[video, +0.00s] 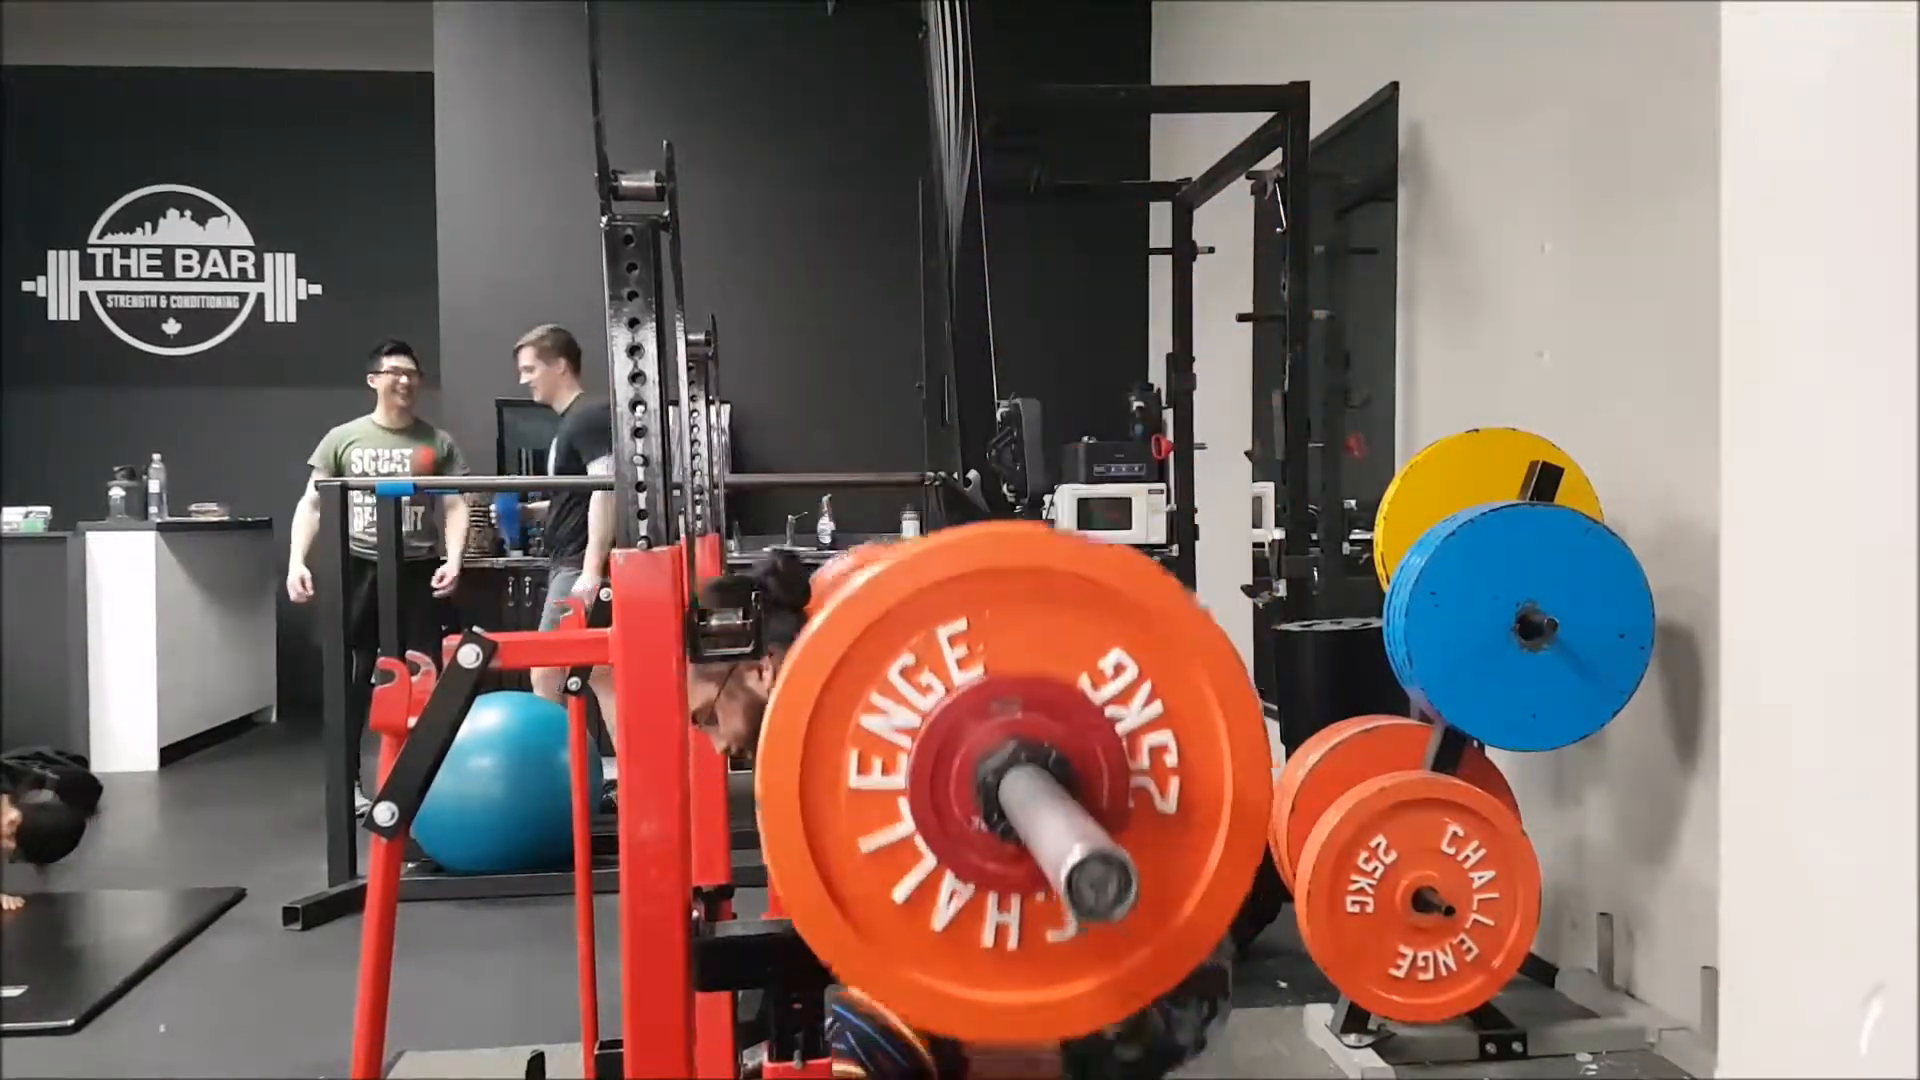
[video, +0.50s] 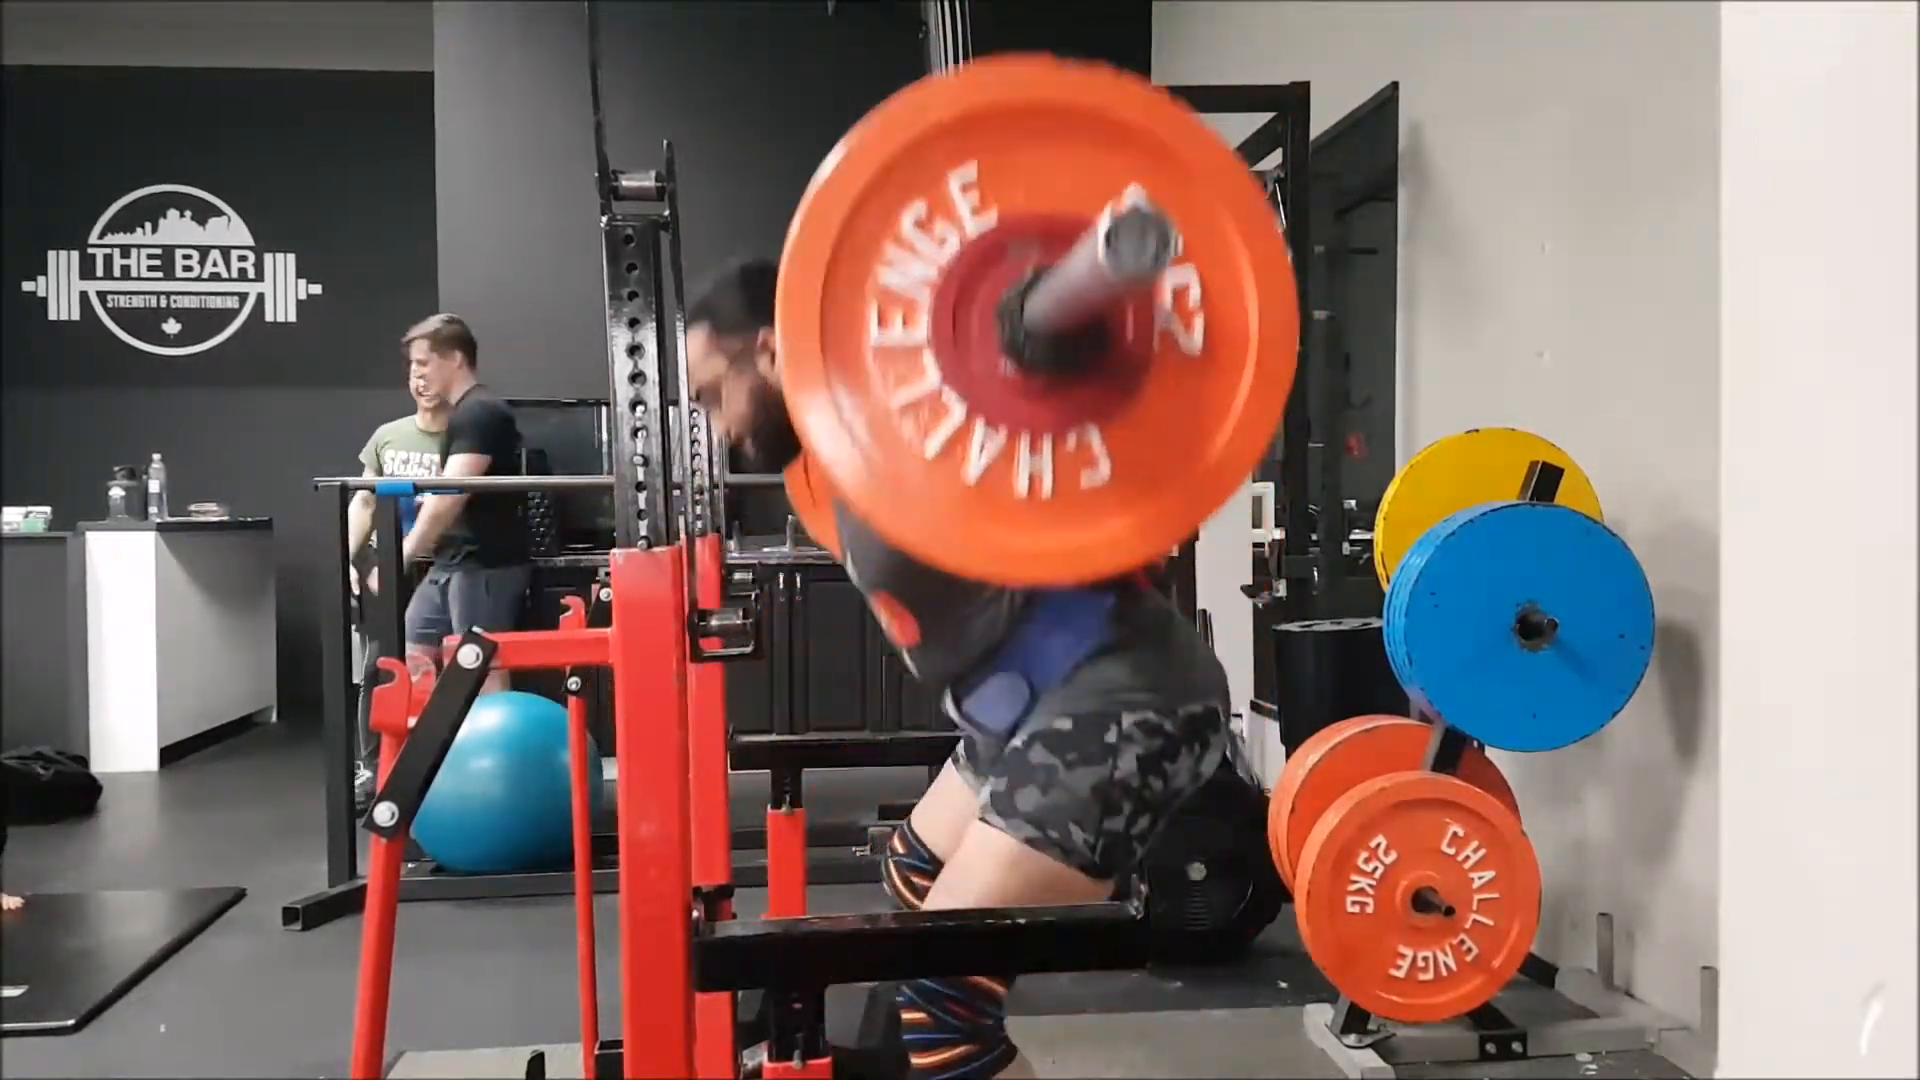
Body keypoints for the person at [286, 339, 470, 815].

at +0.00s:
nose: (403, 381)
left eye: (410, 373)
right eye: (393, 373)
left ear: (421, 383)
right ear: (373, 381)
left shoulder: (439, 443)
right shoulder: (341, 439)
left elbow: (456, 505)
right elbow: (312, 504)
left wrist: (454, 558)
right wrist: (297, 560)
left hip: (419, 572)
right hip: (358, 570)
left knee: (420, 675)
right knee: (352, 678)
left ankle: (421, 785)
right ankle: (348, 785)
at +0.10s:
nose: (410, 381)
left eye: (417, 374)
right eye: (400, 374)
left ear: (429, 383)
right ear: (382, 384)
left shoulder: (449, 445)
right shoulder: (352, 439)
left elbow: (459, 511)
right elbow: (323, 505)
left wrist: (442, 561)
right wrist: (310, 569)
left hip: (420, 572)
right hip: (361, 570)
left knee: (419, 677)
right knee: (353, 679)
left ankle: (418, 784)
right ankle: (349, 783)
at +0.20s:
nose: (423, 383)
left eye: (429, 375)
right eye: (413, 376)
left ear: (440, 383)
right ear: (394, 386)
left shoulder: (463, 449)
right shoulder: (365, 439)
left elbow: (465, 519)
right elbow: (340, 513)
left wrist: (444, 564)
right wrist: (327, 574)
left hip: (432, 573)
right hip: (373, 569)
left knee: (428, 677)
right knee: (365, 677)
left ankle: (425, 787)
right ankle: (353, 780)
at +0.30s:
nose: (429, 383)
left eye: (436, 375)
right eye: (420, 376)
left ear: (450, 383)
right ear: (405, 385)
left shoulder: (471, 446)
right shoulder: (376, 438)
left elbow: (477, 519)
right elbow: (354, 511)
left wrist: (458, 576)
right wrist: (342, 568)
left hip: (443, 572)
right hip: (383, 568)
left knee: (436, 674)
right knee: (375, 671)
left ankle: (431, 783)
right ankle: (362, 779)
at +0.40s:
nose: (430, 382)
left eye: (436, 375)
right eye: (422, 376)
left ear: (451, 383)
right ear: (409, 385)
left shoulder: (472, 439)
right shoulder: (381, 438)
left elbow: (482, 506)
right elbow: (359, 507)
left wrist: (464, 563)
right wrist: (340, 566)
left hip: (449, 564)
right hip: (390, 564)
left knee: (440, 667)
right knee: (375, 666)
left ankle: (437, 772)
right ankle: (367, 770)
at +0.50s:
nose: (422, 383)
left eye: (430, 374)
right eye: (416, 375)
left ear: (453, 378)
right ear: (411, 381)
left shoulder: (471, 440)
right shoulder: (386, 438)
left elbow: (467, 512)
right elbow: (364, 501)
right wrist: (345, 559)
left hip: (448, 576)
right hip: (389, 573)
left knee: (442, 676)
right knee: (374, 674)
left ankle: (443, 766)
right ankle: (369, 765)